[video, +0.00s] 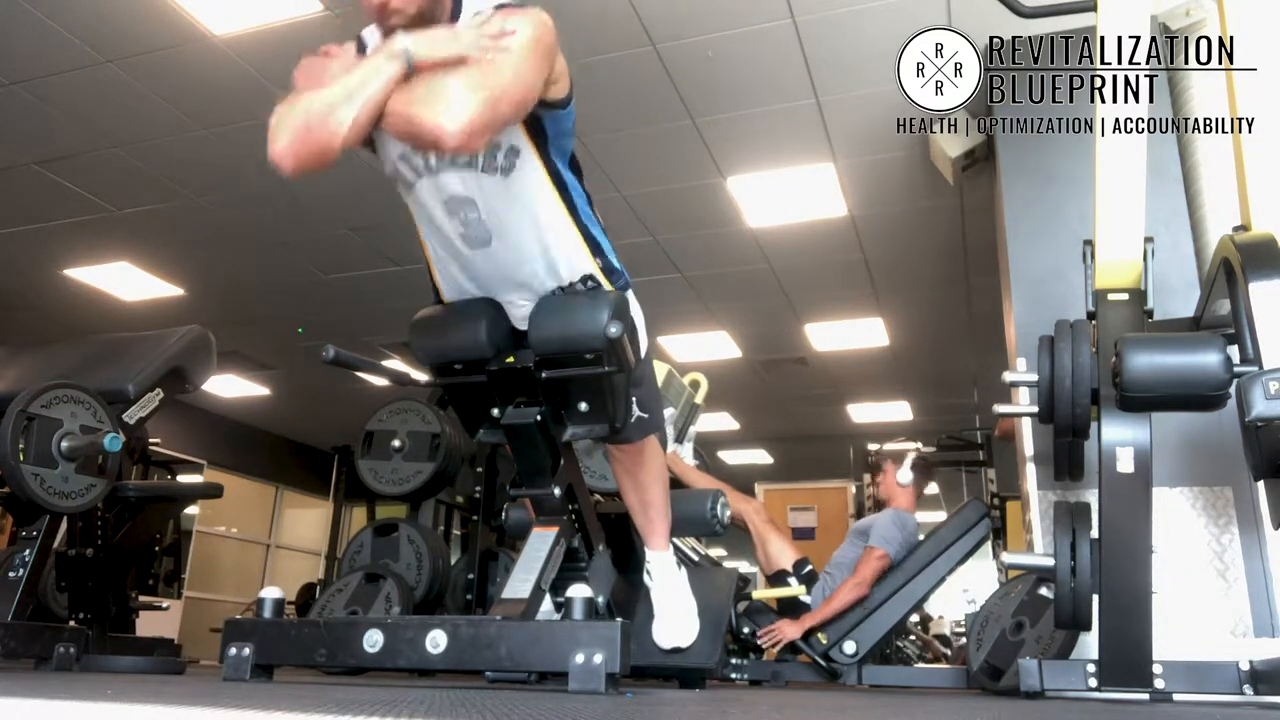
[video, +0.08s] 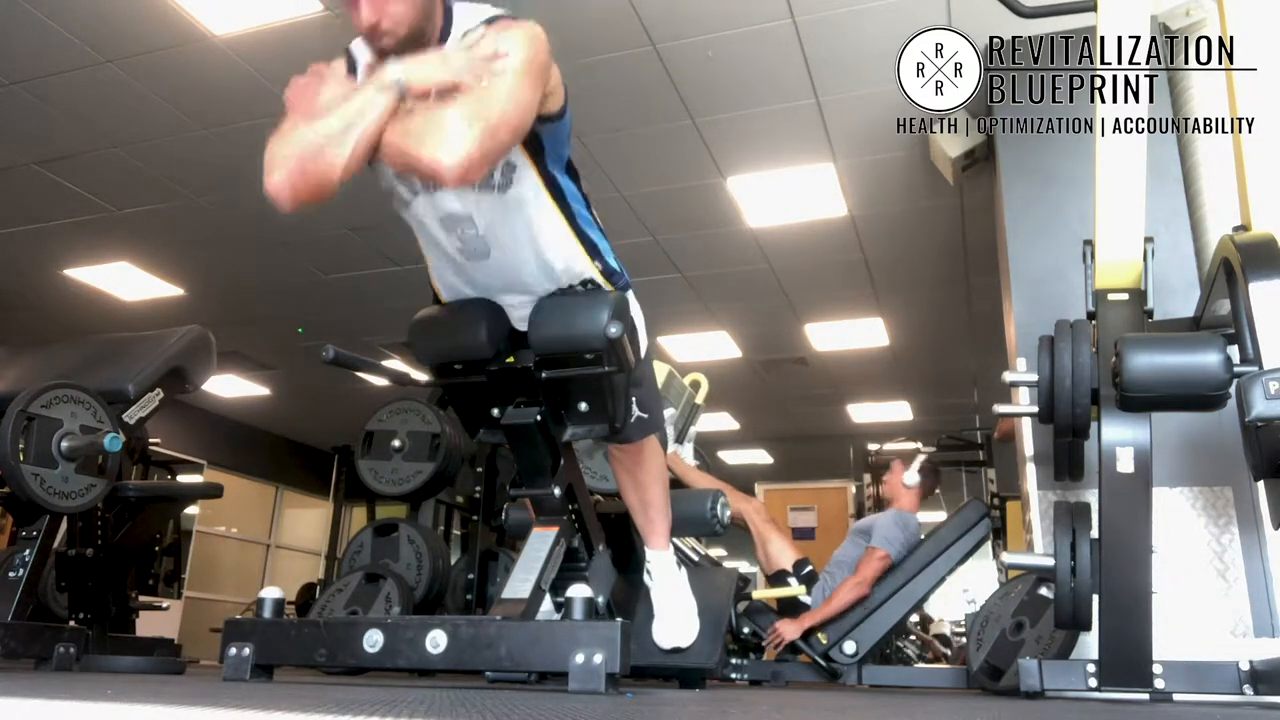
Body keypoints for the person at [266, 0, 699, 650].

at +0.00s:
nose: (376, 3)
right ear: (362, 8)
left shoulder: (520, 27)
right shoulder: (349, 58)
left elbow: (456, 122)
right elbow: (288, 150)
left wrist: (344, 81)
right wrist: (402, 51)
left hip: (578, 295)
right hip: (478, 312)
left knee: (629, 427)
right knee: (521, 445)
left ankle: (659, 559)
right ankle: (550, 535)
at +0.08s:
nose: (364, 12)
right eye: (353, 2)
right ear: (344, 10)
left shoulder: (513, 41)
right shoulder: (349, 70)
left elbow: (454, 155)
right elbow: (285, 184)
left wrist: (337, 111)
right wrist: (394, 82)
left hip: (575, 291)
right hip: (475, 307)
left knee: (628, 422)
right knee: (519, 443)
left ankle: (660, 563)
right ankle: (553, 541)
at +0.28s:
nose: (337, 105)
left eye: (353, 77)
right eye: (319, 86)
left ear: (401, 43)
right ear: (303, 73)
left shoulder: (492, 107)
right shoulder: (304, 156)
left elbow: (456, 272)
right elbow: (287, 302)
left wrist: (340, 214)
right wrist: (383, 200)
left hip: (573, 295)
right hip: (471, 316)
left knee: (627, 415)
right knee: (510, 441)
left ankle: (661, 564)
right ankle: (555, 536)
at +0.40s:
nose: (328, 181)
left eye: (342, 155)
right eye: (308, 164)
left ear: (391, 108)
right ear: (289, 142)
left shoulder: (490, 160)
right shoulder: (300, 206)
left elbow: (467, 348)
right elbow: (300, 374)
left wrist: (346, 280)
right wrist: (388, 277)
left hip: (577, 308)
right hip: (474, 329)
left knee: (628, 420)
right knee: (519, 443)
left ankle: (661, 562)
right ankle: (549, 526)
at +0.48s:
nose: (324, 218)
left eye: (339, 195)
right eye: (305, 201)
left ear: (389, 144)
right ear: (287, 177)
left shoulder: (490, 185)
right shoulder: (300, 234)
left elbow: (477, 380)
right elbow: (311, 405)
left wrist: (354, 319)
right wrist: (396, 311)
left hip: (577, 307)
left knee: (628, 419)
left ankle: (661, 560)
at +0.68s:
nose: (336, 333)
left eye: (350, 307)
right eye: (317, 314)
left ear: (396, 250)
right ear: (294, 282)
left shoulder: (496, 256)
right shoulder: (306, 307)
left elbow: (501, 459)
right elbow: (335, 475)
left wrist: (371, 395)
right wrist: (417, 406)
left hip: (577, 293)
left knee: (628, 413)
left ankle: (661, 562)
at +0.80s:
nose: (351, 391)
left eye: (363, 371)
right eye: (331, 377)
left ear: (405, 310)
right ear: (303, 342)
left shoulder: (502, 302)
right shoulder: (315, 339)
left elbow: (516, 497)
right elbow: (355, 506)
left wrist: (387, 441)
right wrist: (431, 455)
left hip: (576, 278)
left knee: (631, 427)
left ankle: (661, 562)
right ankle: (396, 580)